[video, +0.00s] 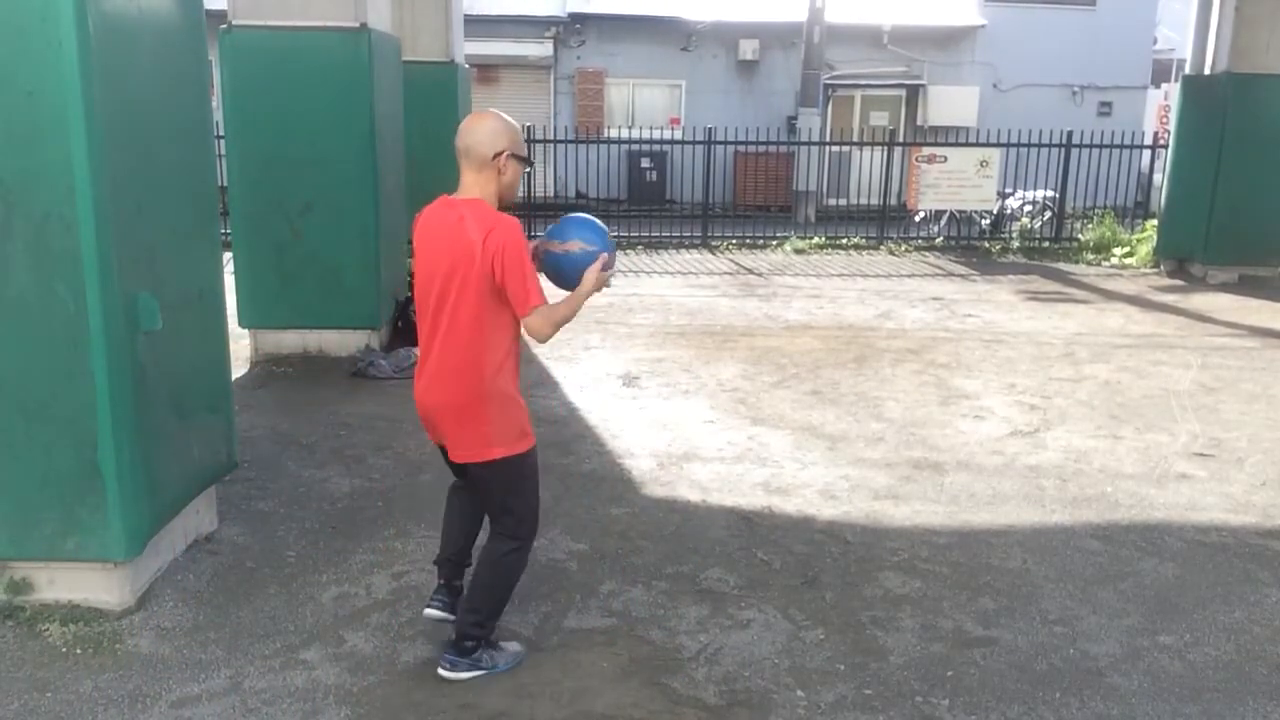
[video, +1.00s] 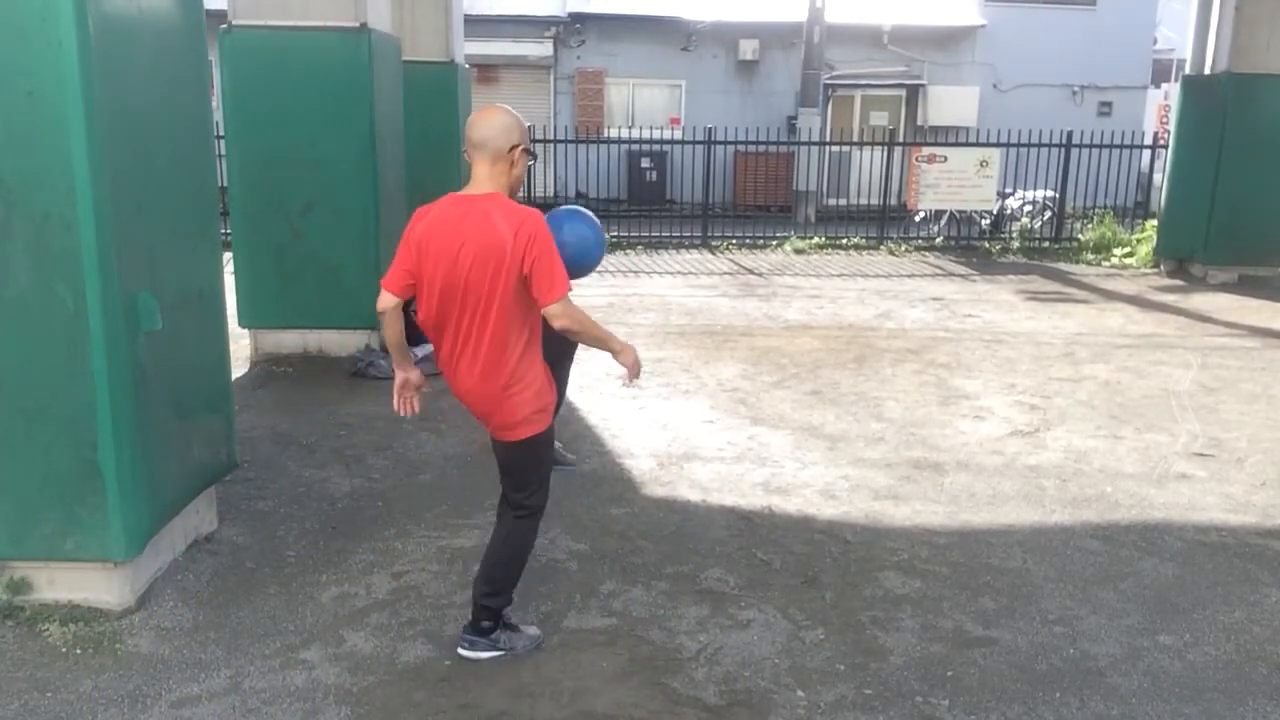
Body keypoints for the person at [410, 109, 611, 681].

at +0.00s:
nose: (522, 172)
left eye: (522, 162)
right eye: (520, 161)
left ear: (465, 161)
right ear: (501, 162)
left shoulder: (429, 218)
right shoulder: (500, 230)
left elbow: (456, 284)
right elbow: (539, 325)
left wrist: (523, 260)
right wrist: (585, 290)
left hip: (434, 395)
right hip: (485, 404)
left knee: (471, 485)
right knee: (515, 526)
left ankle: (447, 587)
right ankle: (469, 646)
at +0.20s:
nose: (514, 157)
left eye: (514, 146)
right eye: (512, 146)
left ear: (457, 142)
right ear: (491, 144)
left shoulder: (422, 198)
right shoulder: (492, 211)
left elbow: (452, 268)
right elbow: (532, 300)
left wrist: (510, 232)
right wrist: (599, 273)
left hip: (435, 384)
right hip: (487, 393)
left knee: (459, 495)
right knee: (508, 506)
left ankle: (455, 612)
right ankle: (471, 632)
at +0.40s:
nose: (515, 181)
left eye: (517, 170)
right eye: (514, 168)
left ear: (467, 160)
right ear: (490, 162)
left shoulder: (419, 215)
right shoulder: (477, 223)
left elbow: (433, 287)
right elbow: (483, 322)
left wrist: (499, 273)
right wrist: (563, 359)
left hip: (433, 387)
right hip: (480, 383)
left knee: (464, 495)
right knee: (568, 429)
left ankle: (455, 614)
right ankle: (514, 539)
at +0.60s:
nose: (517, 169)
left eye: (519, 158)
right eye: (516, 156)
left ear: (468, 152)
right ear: (494, 153)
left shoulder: (428, 206)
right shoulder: (484, 216)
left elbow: (434, 280)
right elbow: (477, 313)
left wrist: (494, 282)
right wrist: (537, 385)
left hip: (437, 383)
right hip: (480, 378)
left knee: (465, 496)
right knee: (584, 383)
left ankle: (455, 615)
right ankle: (523, 489)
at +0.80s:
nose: (521, 174)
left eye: (520, 163)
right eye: (521, 163)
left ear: (465, 161)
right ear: (509, 163)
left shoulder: (426, 223)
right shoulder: (509, 230)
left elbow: (395, 303)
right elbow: (536, 328)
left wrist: (449, 330)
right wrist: (601, 375)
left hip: (461, 392)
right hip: (507, 401)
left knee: (506, 476)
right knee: (526, 512)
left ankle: (480, 557)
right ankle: (485, 630)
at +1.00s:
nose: (527, 163)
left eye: (524, 153)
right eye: (527, 154)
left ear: (469, 155)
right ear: (516, 157)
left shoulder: (427, 220)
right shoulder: (525, 224)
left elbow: (388, 303)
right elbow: (558, 314)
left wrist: (402, 364)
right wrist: (616, 345)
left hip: (467, 379)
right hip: (519, 391)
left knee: (563, 324)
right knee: (521, 507)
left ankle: (539, 448)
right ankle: (484, 626)